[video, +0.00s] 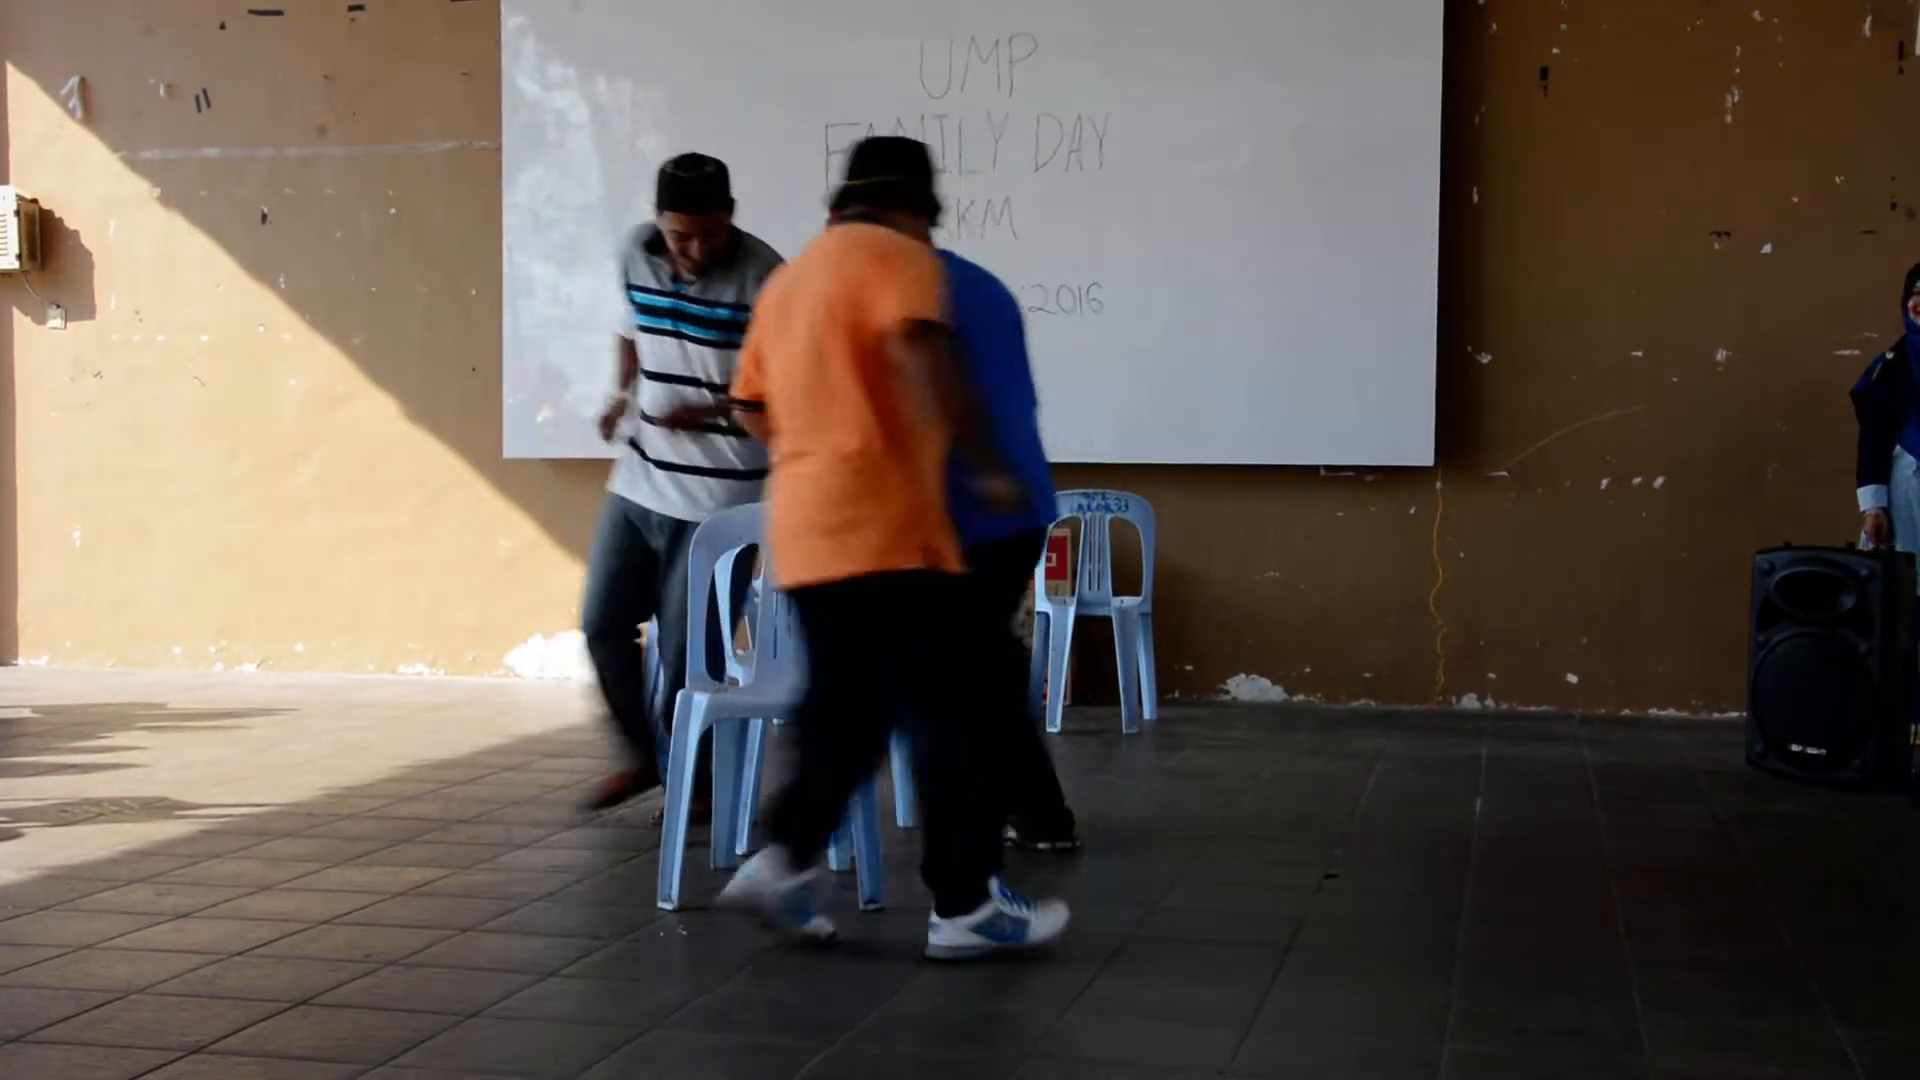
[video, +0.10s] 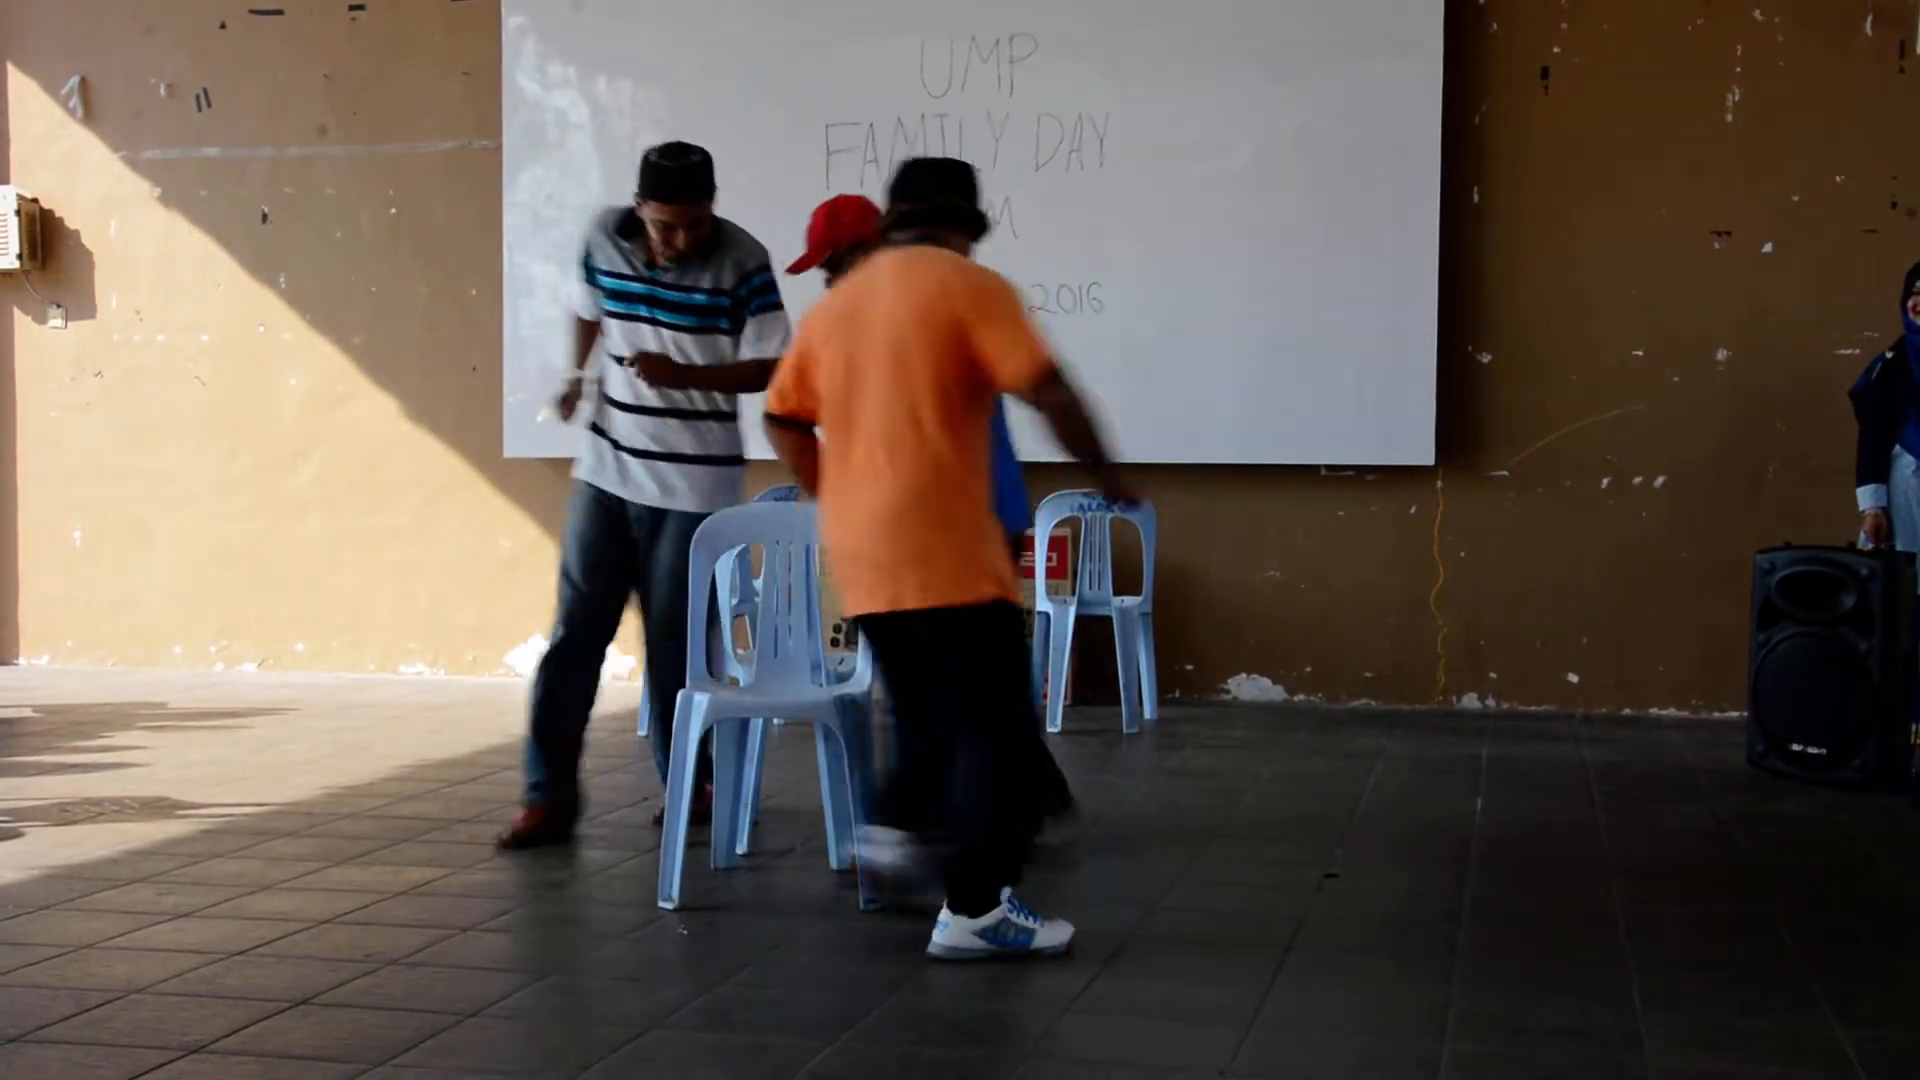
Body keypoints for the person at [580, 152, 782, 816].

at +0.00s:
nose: (691, 250)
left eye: (705, 236)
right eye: (678, 236)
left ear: (730, 219)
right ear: (659, 221)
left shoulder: (764, 277)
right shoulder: (638, 252)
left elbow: (784, 392)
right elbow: (633, 328)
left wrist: (707, 412)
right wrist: (623, 392)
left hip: (715, 506)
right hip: (638, 491)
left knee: (690, 656)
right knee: (603, 624)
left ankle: (698, 781)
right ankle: (641, 757)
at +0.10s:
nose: (673, 240)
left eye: (687, 226)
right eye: (660, 225)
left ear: (711, 209)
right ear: (639, 205)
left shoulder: (742, 260)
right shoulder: (607, 237)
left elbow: (773, 367)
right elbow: (590, 311)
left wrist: (683, 374)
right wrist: (576, 376)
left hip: (693, 489)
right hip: (608, 474)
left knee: (676, 650)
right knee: (574, 637)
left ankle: (687, 792)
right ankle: (549, 800)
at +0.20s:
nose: (670, 237)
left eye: (685, 223)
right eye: (656, 222)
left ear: (700, 209)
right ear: (625, 199)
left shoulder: (720, 264)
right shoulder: (573, 239)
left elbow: (758, 368)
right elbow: (536, 318)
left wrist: (697, 399)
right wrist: (529, 383)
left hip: (664, 490)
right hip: (571, 479)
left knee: (627, 637)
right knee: (552, 649)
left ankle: (661, 766)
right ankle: (548, 807)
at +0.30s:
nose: (666, 231)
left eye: (680, 218)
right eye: (654, 215)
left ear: (696, 204)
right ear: (621, 189)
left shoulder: (705, 261)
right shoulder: (553, 230)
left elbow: (733, 353)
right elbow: (499, 315)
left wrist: (690, 401)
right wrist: (517, 357)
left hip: (643, 483)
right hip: (549, 477)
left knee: (603, 640)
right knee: (539, 650)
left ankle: (597, 792)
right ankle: (542, 808)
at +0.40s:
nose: (675, 224)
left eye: (688, 211)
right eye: (663, 209)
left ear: (701, 199)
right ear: (626, 185)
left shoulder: (699, 257)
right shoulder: (545, 217)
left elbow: (706, 339)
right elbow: (479, 304)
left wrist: (687, 388)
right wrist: (528, 343)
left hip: (635, 487)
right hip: (535, 477)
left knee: (597, 660)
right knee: (514, 651)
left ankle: (556, 824)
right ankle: (526, 799)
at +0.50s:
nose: (682, 228)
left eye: (694, 215)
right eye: (672, 212)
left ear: (701, 202)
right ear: (632, 183)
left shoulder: (690, 264)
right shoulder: (542, 222)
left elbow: (692, 356)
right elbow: (469, 309)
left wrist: (695, 423)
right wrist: (512, 375)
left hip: (630, 493)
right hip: (528, 482)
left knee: (595, 674)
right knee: (497, 648)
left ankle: (551, 826)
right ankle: (492, 789)